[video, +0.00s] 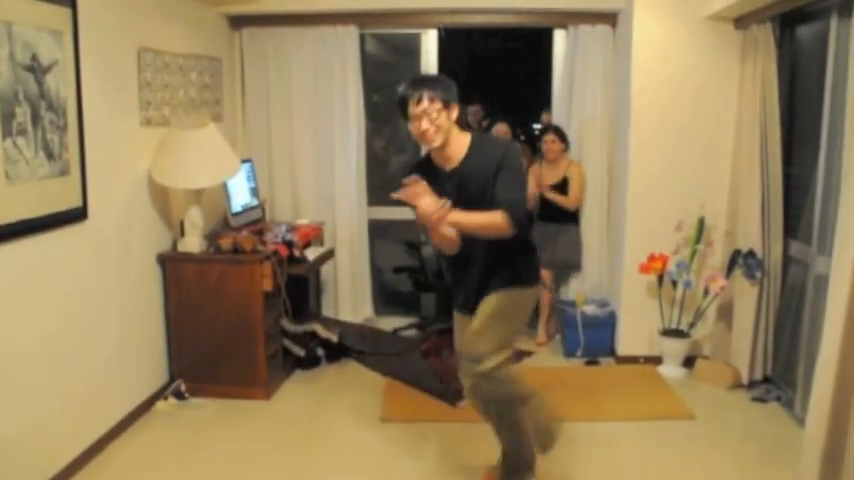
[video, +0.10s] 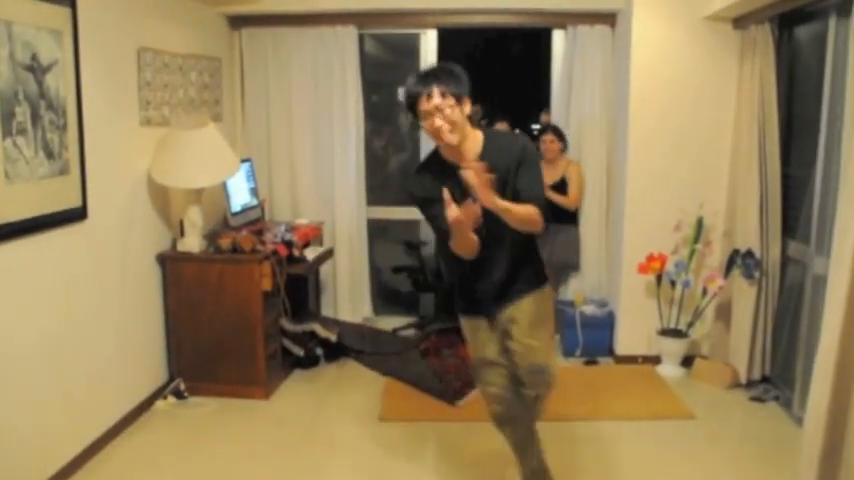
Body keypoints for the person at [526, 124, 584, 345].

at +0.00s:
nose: (548, 147)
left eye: (553, 142)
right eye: (545, 142)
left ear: (563, 146)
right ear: (540, 146)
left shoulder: (573, 168)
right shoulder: (536, 169)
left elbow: (573, 203)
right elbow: (530, 202)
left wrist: (547, 192)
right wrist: (533, 189)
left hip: (565, 227)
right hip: (542, 226)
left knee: (546, 275)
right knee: (548, 279)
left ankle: (543, 325)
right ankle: (553, 321)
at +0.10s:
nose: (547, 146)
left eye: (552, 142)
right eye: (544, 142)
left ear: (562, 146)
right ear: (539, 146)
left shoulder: (571, 167)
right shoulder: (536, 168)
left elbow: (572, 203)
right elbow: (529, 195)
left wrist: (546, 192)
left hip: (564, 229)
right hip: (539, 228)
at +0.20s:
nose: (547, 146)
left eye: (551, 141)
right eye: (543, 141)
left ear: (561, 145)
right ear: (538, 145)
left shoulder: (570, 167)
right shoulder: (535, 167)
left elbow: (571, 200)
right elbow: (528, 198)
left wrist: (553, 183)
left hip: (564, 228)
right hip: (538, 227)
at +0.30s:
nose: (547, 146)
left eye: (551, 141)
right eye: (543, 142)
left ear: (561, 144)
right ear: (538, 146)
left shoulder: (569, 166)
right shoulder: (535, 169)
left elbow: (568, 197)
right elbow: (530, 199)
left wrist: (559, 172)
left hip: (563, 228)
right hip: (539, 227)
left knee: (551, 280)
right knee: (540, 280)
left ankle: (550, 326)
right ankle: (547, 327)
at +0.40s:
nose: (546, 146)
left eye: (551, 141)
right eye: (543, 141)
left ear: (560, 144)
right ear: (538, 146)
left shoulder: (569, 165)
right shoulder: (537, 167)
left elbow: (569, 198)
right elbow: (531, 198)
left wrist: (561, 171)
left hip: (561, 225)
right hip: (539, 224)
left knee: (538, 274)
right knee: (544, 279)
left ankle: (536, 319)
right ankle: (548, 323)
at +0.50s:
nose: (545, 146)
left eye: (550, 141)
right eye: (542, 141)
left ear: (559, 144)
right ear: (537, 145)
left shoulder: (568, 166)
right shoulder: (538, 167)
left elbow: (568, 200)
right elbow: (532, 197)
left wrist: (553, 177)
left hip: (559, 225)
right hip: (539, 223)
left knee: (538, 273)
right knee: (543, 279)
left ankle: (535, 319)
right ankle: (547, 323)